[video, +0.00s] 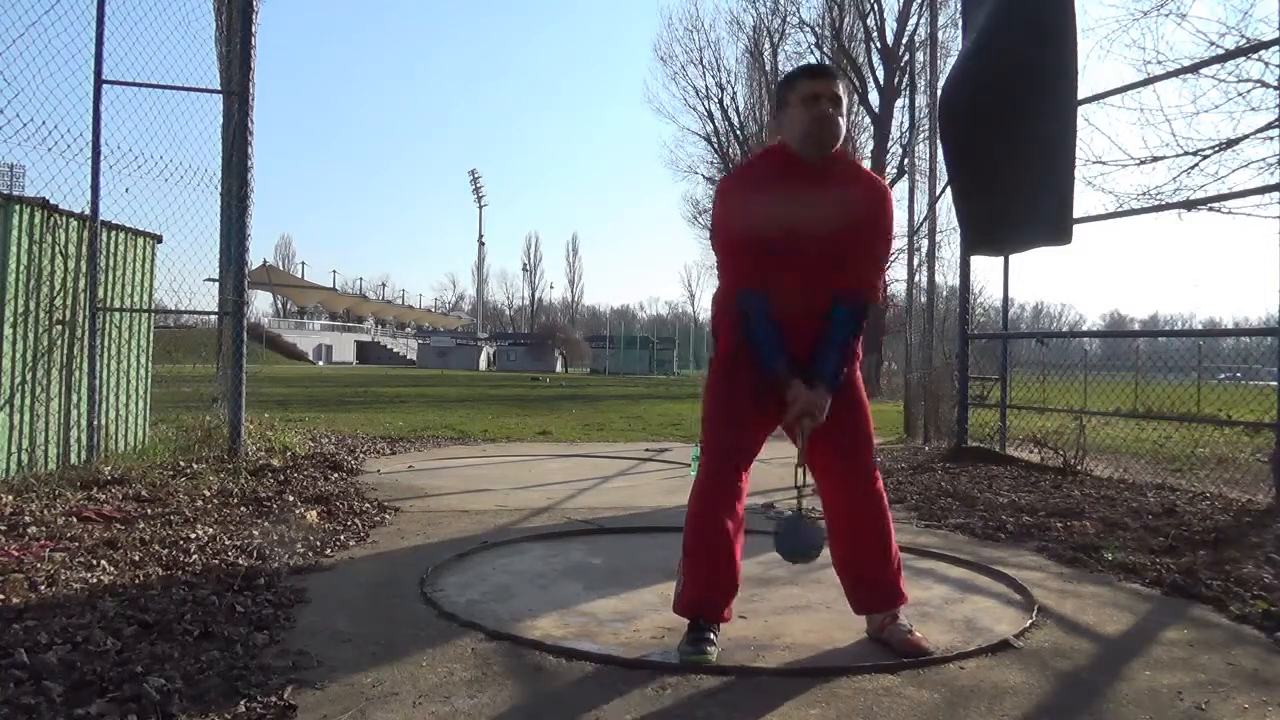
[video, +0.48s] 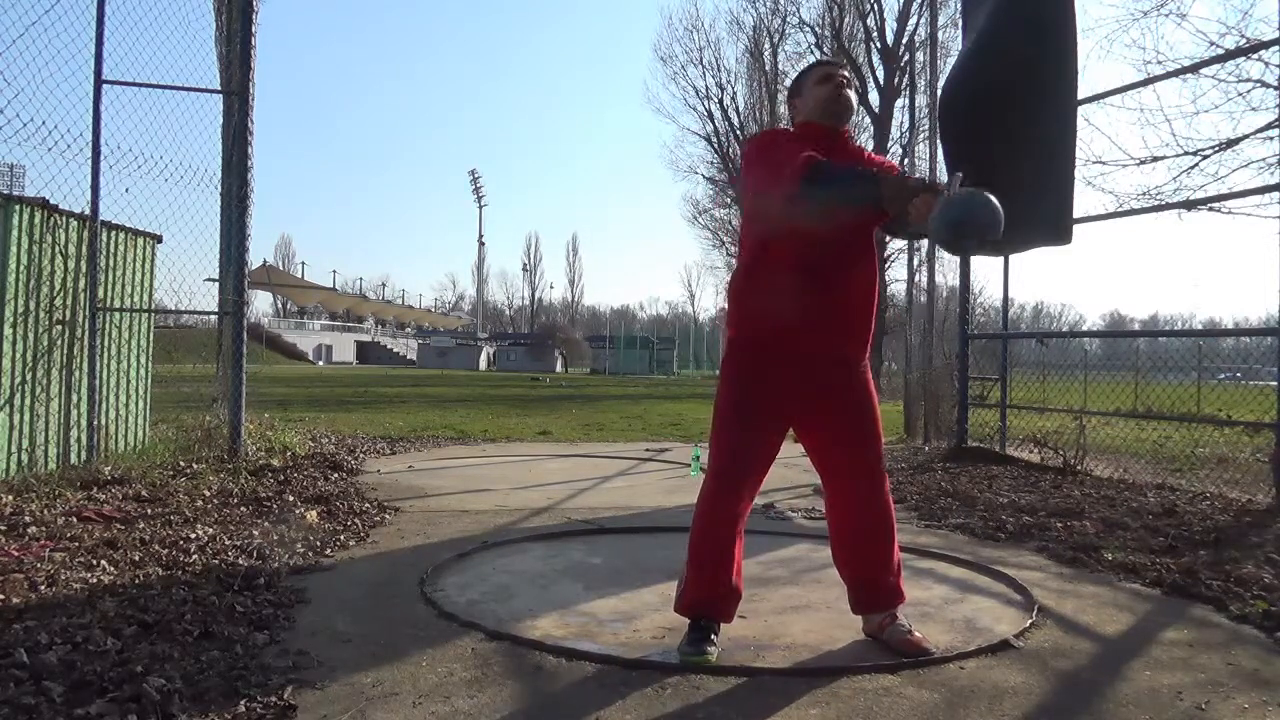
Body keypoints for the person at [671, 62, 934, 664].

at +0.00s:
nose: (828, 110)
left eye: (835, 101)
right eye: (812, 101)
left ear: (846, 114)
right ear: (781, 115)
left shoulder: (869, 191)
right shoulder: (742, 186)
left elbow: (859, 294)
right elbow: (744, 288)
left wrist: (824, 381)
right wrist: (784, 378)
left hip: (831, 350)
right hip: (750, 344)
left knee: (858, 477)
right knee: (721, 474)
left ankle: (886, 616)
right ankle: (703, 620)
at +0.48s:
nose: (842, 87)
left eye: (849, 83)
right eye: (827, 80)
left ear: (857, 106)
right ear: (794, 103)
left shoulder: (871, 167)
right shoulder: (768, 148)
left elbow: (909, 204)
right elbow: (799, 190)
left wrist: (955, 203)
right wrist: (890, 194)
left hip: (840, 359)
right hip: (759, 355)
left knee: (864, 486)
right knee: (728, 486)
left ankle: (881, 614)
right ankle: (704, 617)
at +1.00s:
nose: (941, 120)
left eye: (942, 112)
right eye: (925, 109)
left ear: (933, 131)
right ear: (885, 121)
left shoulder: (917, 209)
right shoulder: (863, 169)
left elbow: (897, 302)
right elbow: (908, 276)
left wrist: (934, 368)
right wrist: (946, 355)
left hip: (853, 361)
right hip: (790, 350)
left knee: (877, 485)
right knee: (756, 481)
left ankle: (882, 618)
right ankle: (699, 612)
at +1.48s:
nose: (941, 109)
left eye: (940, 101)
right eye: (927, 102)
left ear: (896, 118)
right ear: (887, 113)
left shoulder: (870, 160)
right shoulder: (909, 157)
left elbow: (858, 246)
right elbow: (962, 222)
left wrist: (918, 257)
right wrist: (947, 256)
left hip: (850, 352)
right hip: (812, 345)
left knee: (874, 484)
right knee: (786, 495)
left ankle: (881, 617)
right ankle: (700, 601)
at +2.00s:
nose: (761, 144)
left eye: (775, 134)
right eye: (752, 136)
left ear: (803, 147)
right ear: (743, 151)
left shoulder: (838, 220)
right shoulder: (721, 218)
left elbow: (859, 318)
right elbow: (726, 302)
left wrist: (872, 373)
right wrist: (721, 367)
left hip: (814, 388)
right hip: (733, 386)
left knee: (856, 483)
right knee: (704, 483)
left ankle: (881, 615)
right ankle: (732, 617)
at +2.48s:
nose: (791, 134)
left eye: (793, 124)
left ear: (797, 124)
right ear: (852, 127)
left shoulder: (775, 167)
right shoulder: (877, 182)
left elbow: (695, 211)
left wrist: (657, 208)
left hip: (787, 350)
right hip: (868, 357)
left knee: (728, 444)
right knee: (793, 491)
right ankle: (729, 632)